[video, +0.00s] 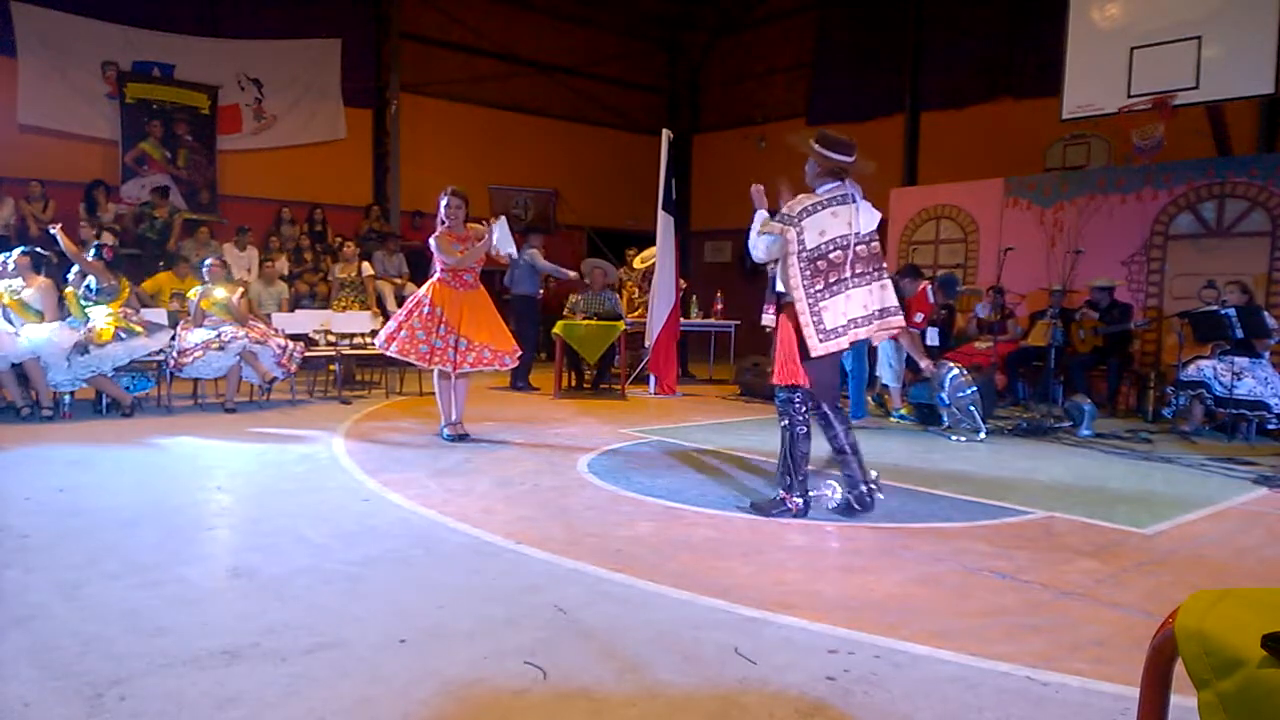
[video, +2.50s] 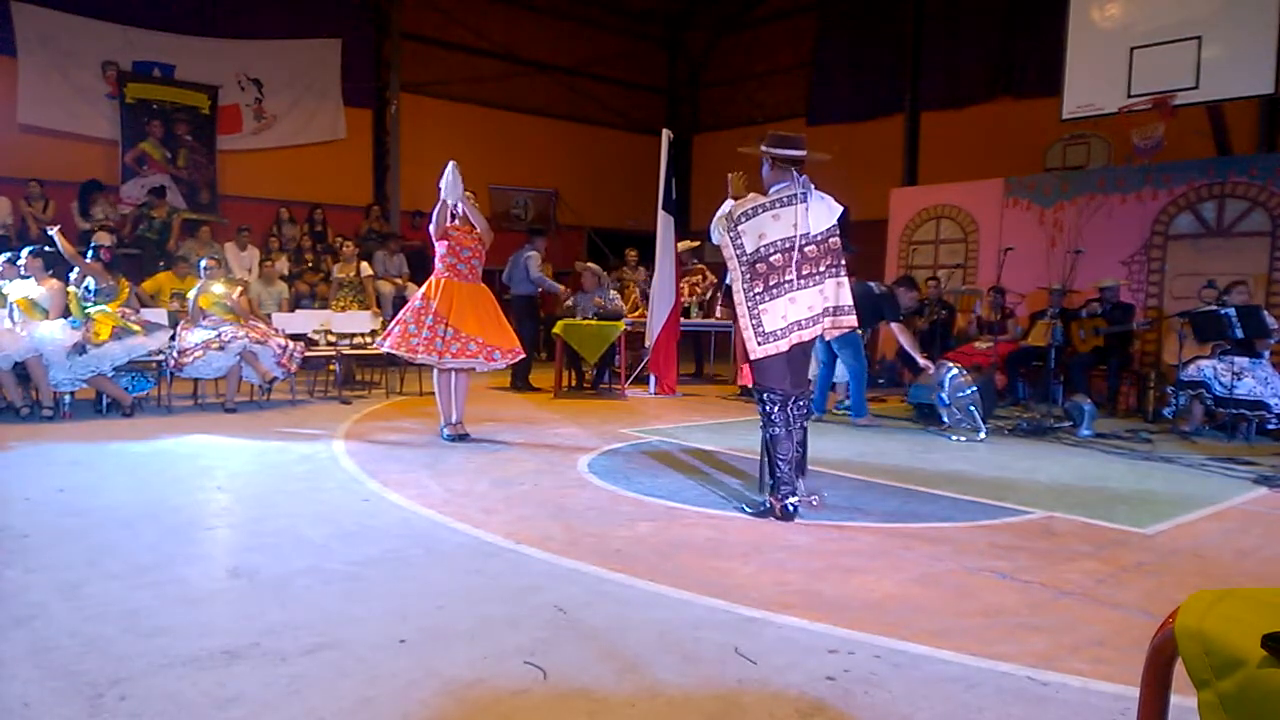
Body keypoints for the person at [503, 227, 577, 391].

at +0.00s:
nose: (541, 243)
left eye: (541, 239)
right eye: (539, 239)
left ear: (526, 240)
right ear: (533, 239)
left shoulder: (517, 257)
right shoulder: (532, 253)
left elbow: (507, 281)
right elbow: (543, 266)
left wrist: (530, 288)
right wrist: (567, 274)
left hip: (517, 298)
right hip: (528, 299)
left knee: (522, 338)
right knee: (530, 338)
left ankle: (517, 376)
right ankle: (522, 378)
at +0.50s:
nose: (543, 244)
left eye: (543, 240)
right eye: (541, 240)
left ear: (529, 240)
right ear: (536, 240)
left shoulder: (519, 257)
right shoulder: (532, 252)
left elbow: (508, 280)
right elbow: (543, 267)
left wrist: (525, 287)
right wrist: (564, 257)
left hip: (517, 298)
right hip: (528, 299)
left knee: (522, 338)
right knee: (530, 339)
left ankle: (517, 376)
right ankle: (522, 378)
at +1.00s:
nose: (543, 243)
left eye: (543, 239)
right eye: (541, 239)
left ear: (529, 238)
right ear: (535, 238)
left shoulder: (518, 255)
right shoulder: (532, 253)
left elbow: (507, 281)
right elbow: (542, 268)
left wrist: (528, 288)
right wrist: (567, 271)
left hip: (518, 298)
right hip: (528, 299)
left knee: (523, 338)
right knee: (530, 339)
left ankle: (517, 376)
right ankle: (522, 378)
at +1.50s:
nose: (543, 244)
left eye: (543, 240)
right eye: (541, 240)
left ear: (529, 240)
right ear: (535, 239)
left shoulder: (516, 256)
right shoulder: (531, 253)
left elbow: (507, 280)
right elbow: (540, 271)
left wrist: (525, 287)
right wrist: (565, 278)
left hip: (516, 298)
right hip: (527, 299)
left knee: (523, 337)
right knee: (530, 338)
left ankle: (518, 376)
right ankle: (522, 377)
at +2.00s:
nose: (543, 244)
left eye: (543, 240)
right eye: (542, 240)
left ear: (528, 239)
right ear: (535, 240)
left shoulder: (516, 256)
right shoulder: (530, 253)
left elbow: (506, 280)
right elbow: (537, 272)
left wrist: (522, 285)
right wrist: (562, 266)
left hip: (516, 298)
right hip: (528, 299)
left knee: (523, 338)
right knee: (530, 338)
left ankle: (518, 376)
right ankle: (522, 378)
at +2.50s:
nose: (545, 246)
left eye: (545, 242)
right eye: (543, 242)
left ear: (530, 241)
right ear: (536, 241)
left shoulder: (516, 255)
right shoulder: (533, 255)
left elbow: (505, 277)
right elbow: (535, 275)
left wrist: (520, 287)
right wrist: (559, 288)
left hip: (516, 298)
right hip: (528, 298)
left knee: (521, 338)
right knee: (528, 339)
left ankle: (517, 376)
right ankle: (522, 377)